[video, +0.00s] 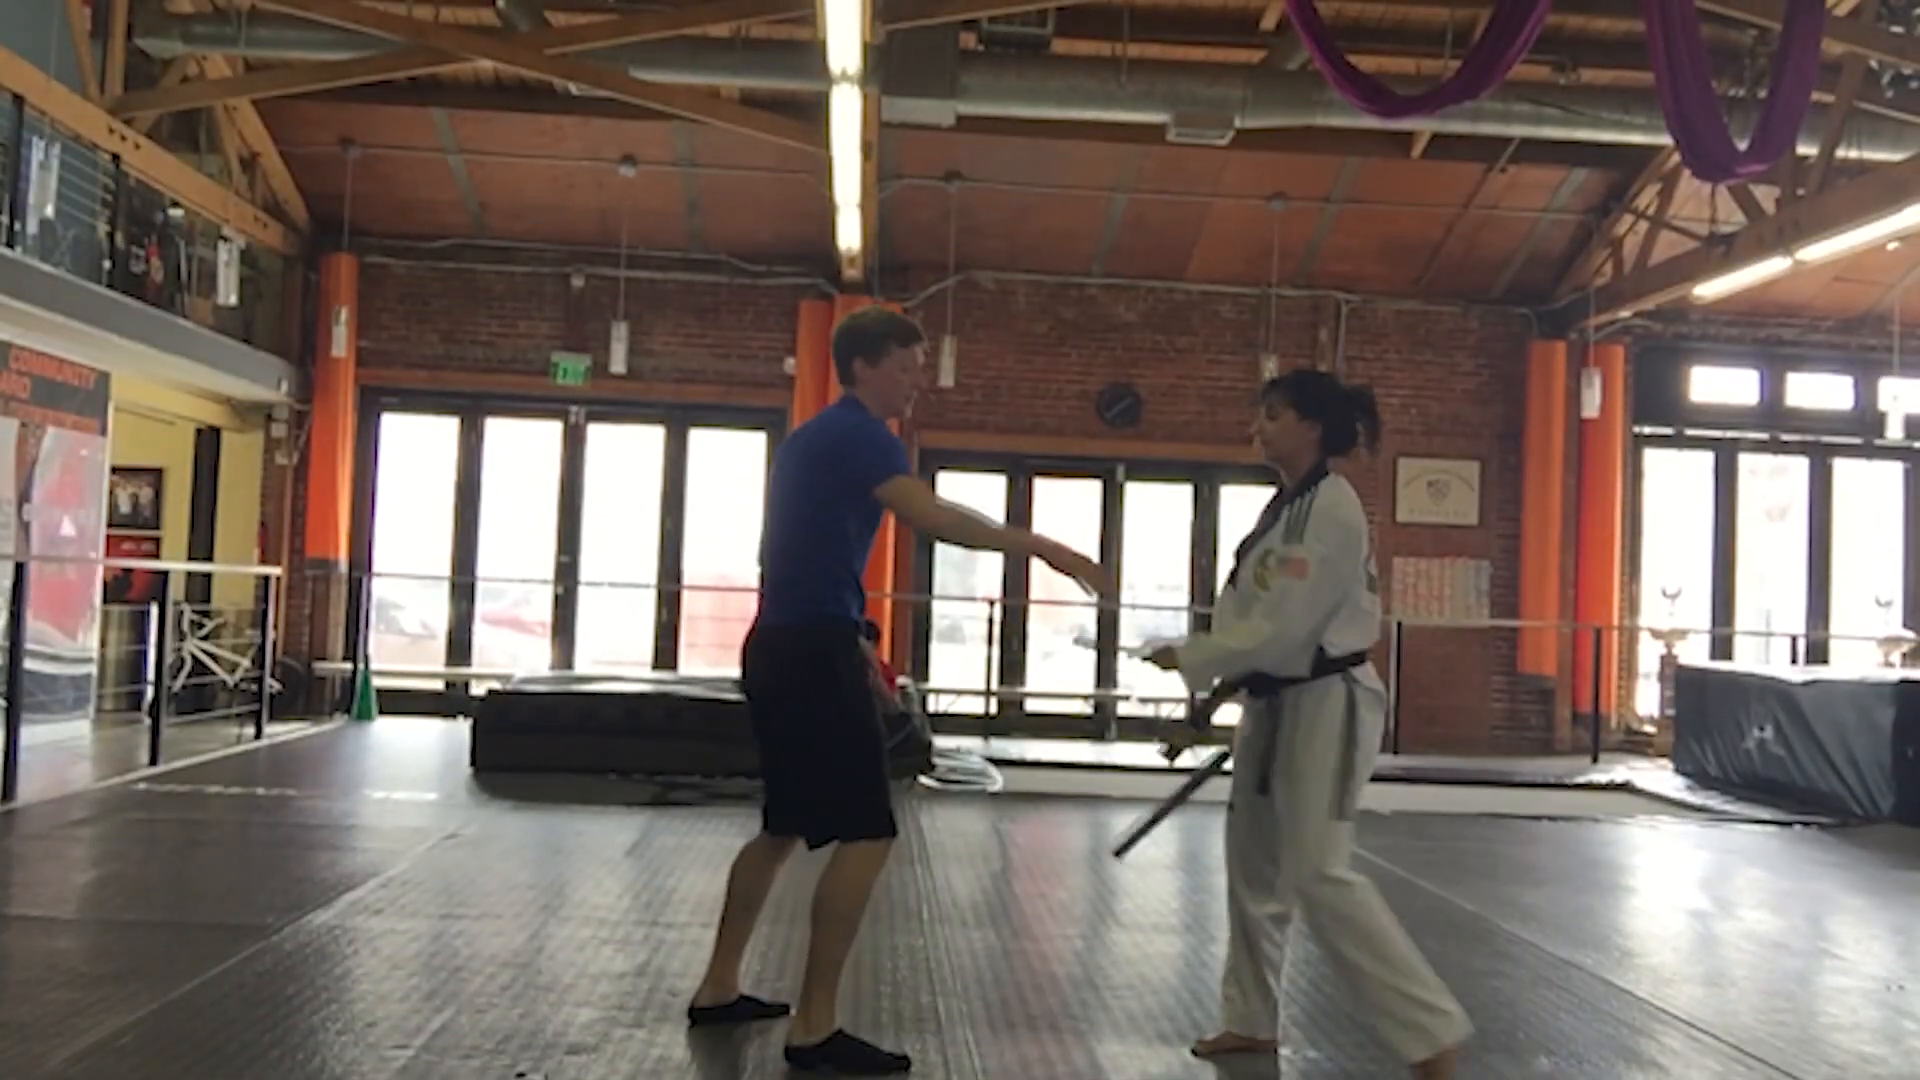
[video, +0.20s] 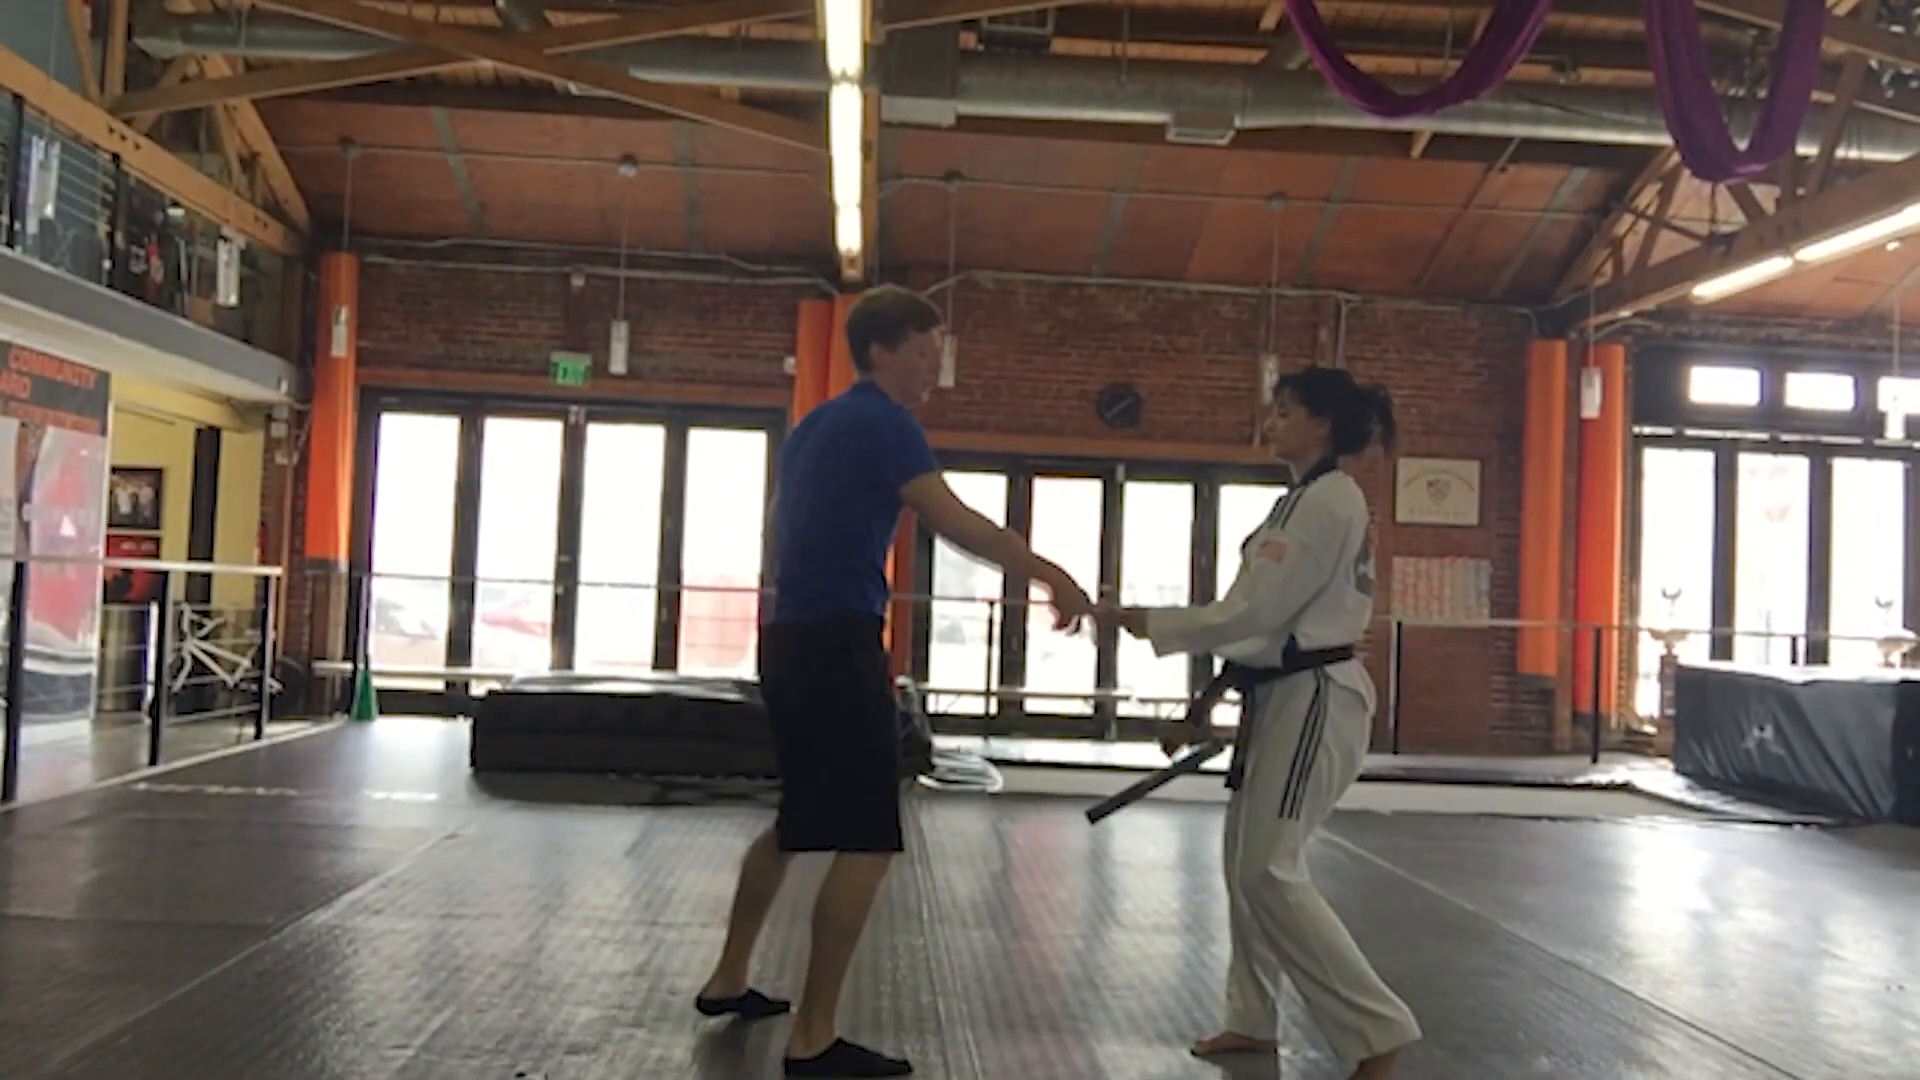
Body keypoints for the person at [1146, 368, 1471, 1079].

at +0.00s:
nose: (1257, 427)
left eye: (1273, 416)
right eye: (1260, 415)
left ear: (1317, 430)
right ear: (1295, 433)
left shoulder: (1331, 507)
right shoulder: (1285, 511)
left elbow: (1286, 625)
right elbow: (1241, 607)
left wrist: (1192, 655)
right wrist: (1197, 655)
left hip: (1329, 702)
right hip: (1276, 701)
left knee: (1317, 868)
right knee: (1253, 863)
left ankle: (1433, 1032)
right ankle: (1251, 1023)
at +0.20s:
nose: (1269, 422)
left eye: (1284, 411)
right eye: (1272, 410)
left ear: (1323, 425)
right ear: (1310, 428)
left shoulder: (1325, 499)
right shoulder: (1304, 501)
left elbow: (1259, 612)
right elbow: (1250, 612)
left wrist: (1149, 622)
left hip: (1316, 694)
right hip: (1283, 694)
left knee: (1266, 866)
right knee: (1245, 863)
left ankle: (1377, 1031)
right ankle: (1250, 1023)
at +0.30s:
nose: (1279, 421)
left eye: (1294, 411)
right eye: (1282, 410)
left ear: (1334, 425)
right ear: (1323, 428)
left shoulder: (1330, 500)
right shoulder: (1323, 498)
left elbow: (1258, 608)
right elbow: (1282, 615)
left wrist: (1154, 622)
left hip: (1317, 697)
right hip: (1287, 695)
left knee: (1282, 869)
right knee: (1249, 865)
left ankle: (1391, 1041)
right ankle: (1253, 1023)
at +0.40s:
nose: (1290, 420)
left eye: (1305, 409)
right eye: (1293, 408)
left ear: (1344, 423)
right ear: (1332, 426)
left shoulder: (1346, 498)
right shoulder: (1323, 498)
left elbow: (1275, 603)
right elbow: (1274, 607)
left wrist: (1162, 617)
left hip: (1333, 700)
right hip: (1297, 699)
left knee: (1316, 873)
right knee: (1259, 862)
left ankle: (1405, 1056)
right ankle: (1256, 1022)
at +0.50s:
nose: (1301, 419)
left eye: (1318, 409)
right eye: (1304, 407)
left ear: (1359, 424)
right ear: (1326, 422)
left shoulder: (1369, 496)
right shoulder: (1321, 500)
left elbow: (1307, 601)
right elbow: (1288, 607)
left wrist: (1194, 619)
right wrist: (1263, 691)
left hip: (1355, 699)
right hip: (1305, 698)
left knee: (1353, 880)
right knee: (1271, 862)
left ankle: (1408, 1062)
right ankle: (1256, 1022)